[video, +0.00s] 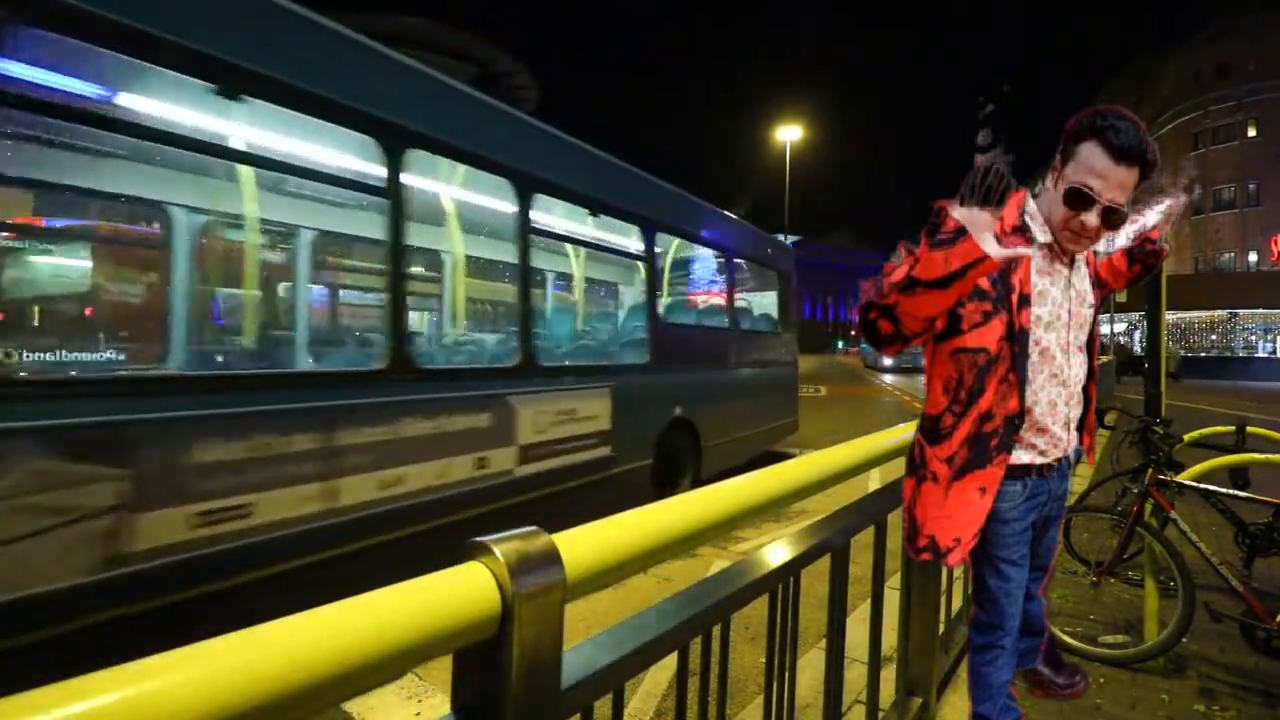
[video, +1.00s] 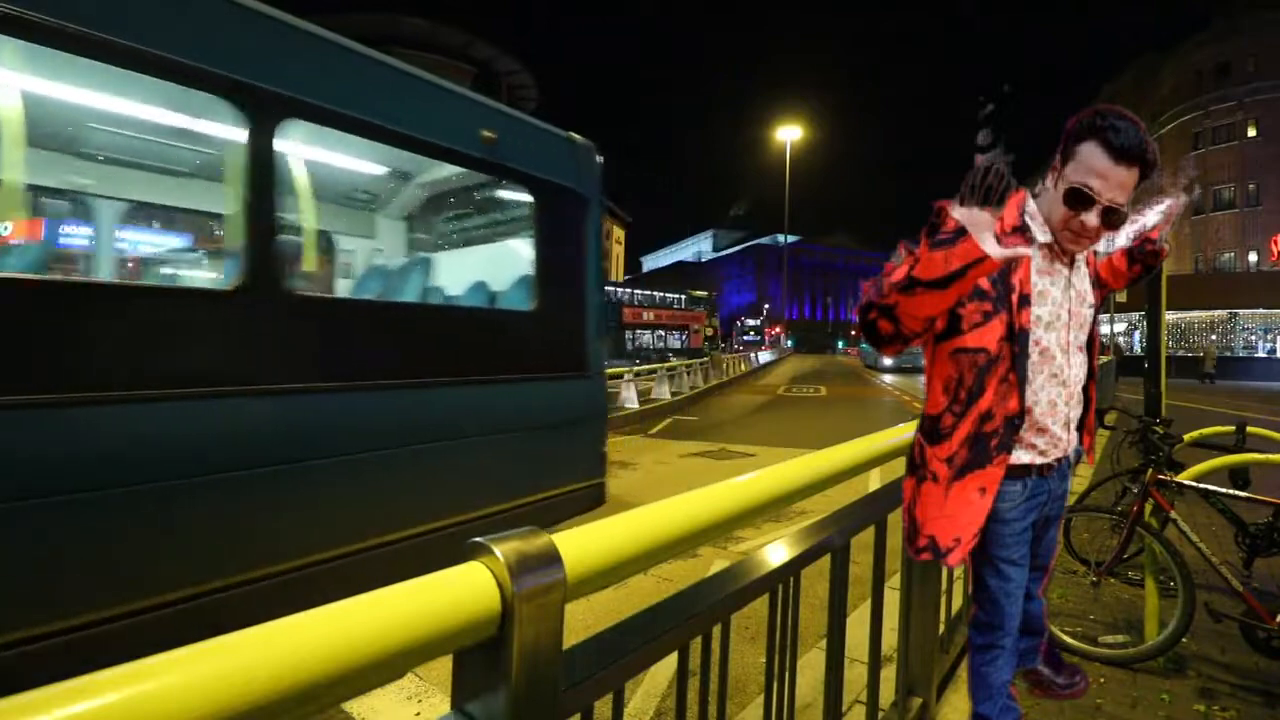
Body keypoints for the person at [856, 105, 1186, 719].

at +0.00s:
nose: (1089, 222)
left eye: (1110, 211)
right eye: (1079, 197)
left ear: (1123, 211)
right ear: (1052, 172)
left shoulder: (1085, 264)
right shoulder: (984, 243)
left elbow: (1117, 270)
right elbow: (883, 327)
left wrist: (1151, 242)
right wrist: (962, 246)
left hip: (1058, 468)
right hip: (1000, 475)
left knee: (1035, 581)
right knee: (1000, 611)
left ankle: (1028, 659)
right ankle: (994, 709)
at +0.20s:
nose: (1089, 222)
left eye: (1109, 211)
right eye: (1079, 197)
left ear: (1123, 211)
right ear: (1052, 171)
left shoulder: (1085, 265)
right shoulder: (984, 243)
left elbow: (1118, 269)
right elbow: (883, 327)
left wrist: (1151, 241)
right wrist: (962, 246)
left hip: (1057, 468)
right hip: (1000, 475)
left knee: (1035, 581)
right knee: (1000, 611)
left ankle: (1028, 659)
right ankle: (994, 709)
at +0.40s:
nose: (1089, 222)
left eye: (1109, 211)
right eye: (1079, 197)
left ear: (1123, 211)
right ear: (1052, 171)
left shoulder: (1085, 264)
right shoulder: (984, 242)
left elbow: (1118, 269)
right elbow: (883, 327)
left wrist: (1151, 241)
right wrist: (962, 246)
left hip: (1057, 467)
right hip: (1000, 475)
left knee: (1035, 581)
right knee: (1000, 611)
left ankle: (1028, 659)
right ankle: (994, 709)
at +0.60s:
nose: (1089, 222)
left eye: (1109, 211)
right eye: (1079, 197)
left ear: (1123, 211)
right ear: (1052, 171)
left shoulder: (1085, 265)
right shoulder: (984, 243)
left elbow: (1118, 269)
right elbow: (883, 327)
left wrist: (1151, 241)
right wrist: (962, 246)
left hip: (1057, 467)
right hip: (1000, 475)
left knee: (1034, 581)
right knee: (1000, 611)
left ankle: (1028, 659)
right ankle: (994, 709)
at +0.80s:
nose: (1089, 223)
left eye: (1110, 212)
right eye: (1080, 198)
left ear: (1123, 212)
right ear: (1051, 172)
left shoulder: (1085, 265)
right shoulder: (985, 243)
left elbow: (1118, 269)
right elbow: (883, 326)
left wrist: (1151, 238)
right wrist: (962, 244)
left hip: (1058, 467)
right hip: (1000, 475)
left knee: (1035, 581)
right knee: (1000, 614)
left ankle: (1028, 658)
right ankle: (993, 710)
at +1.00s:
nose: (1090, 223)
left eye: (1110, 212)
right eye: (1080, 198)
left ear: (1123, 211)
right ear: (1051, 172)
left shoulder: (1084, 264)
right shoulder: (984, 243)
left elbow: (1116, 270)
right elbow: (883, 327)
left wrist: (1150, 239)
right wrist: (962, 245)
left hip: (1058, 466)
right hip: (1000, 475)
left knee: (1035, 580)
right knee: (1000, 612)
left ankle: (1027, 658)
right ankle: (993, 709)